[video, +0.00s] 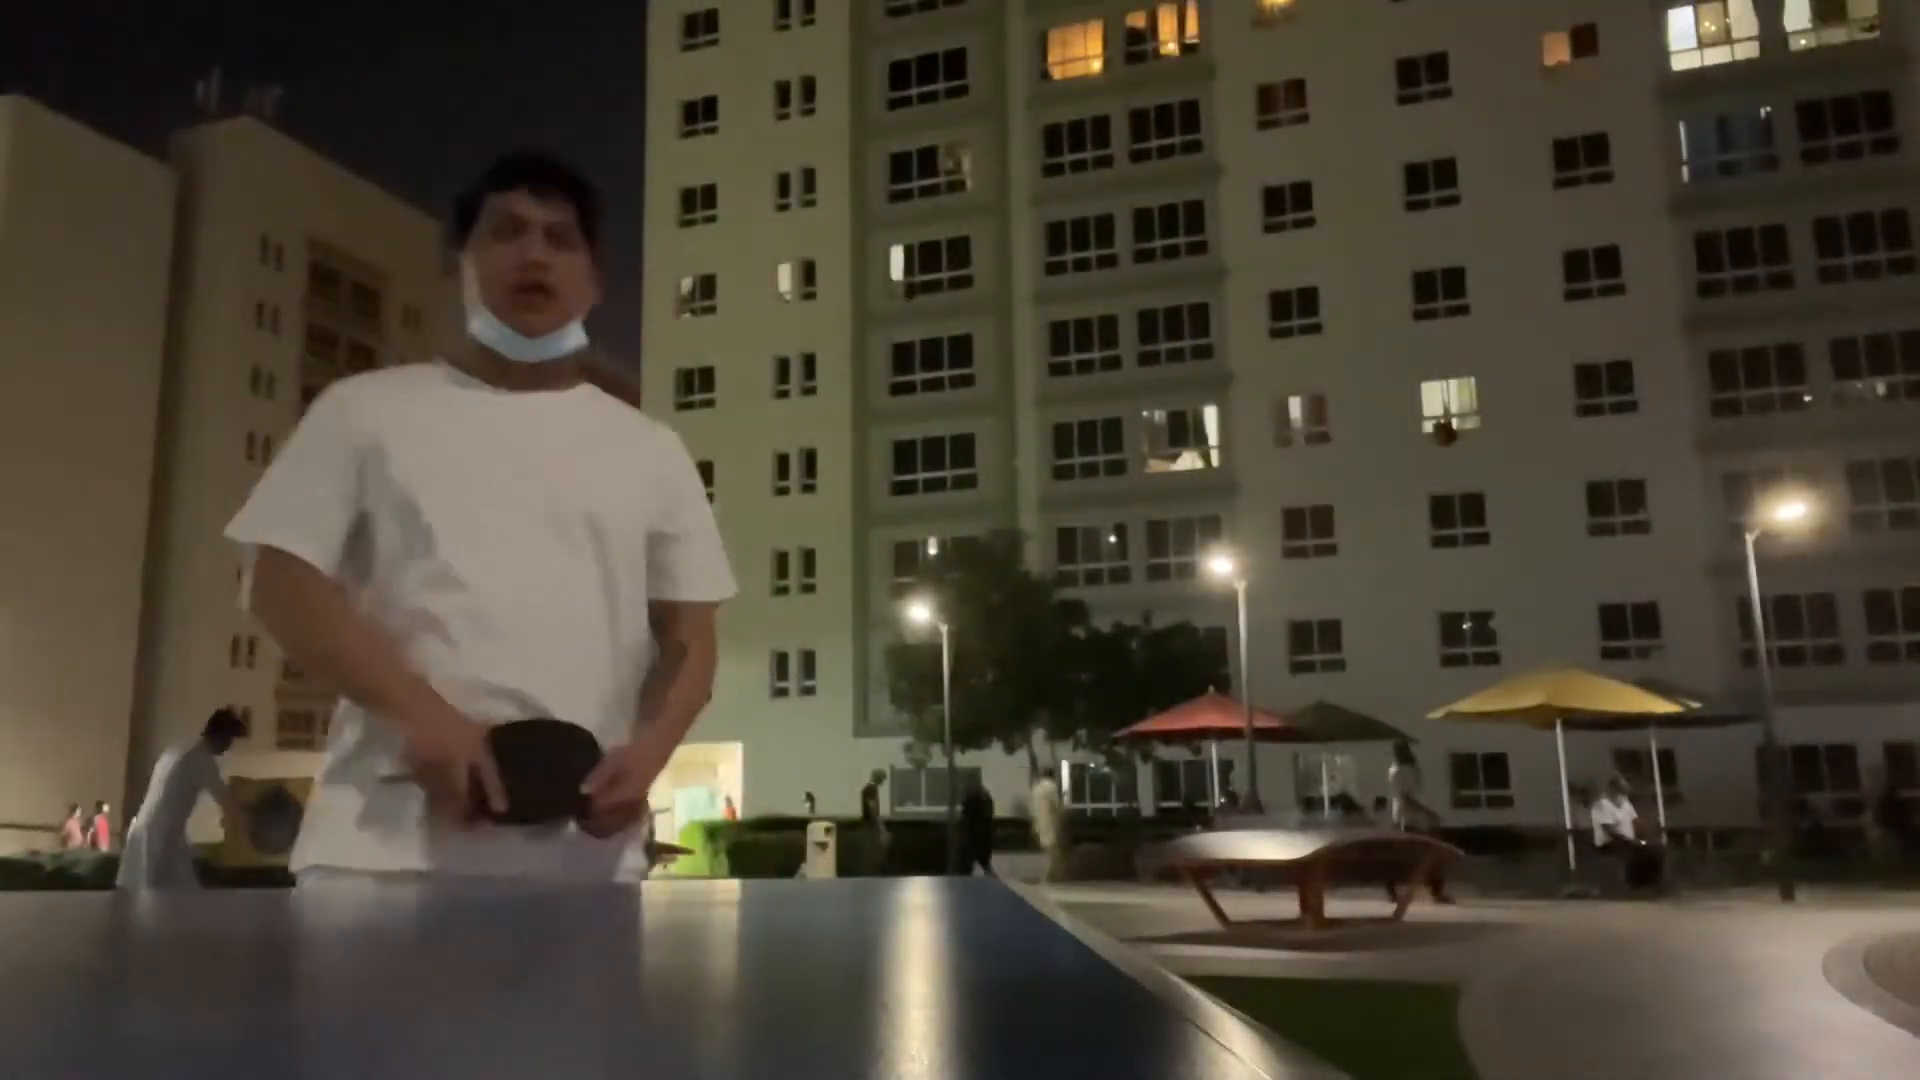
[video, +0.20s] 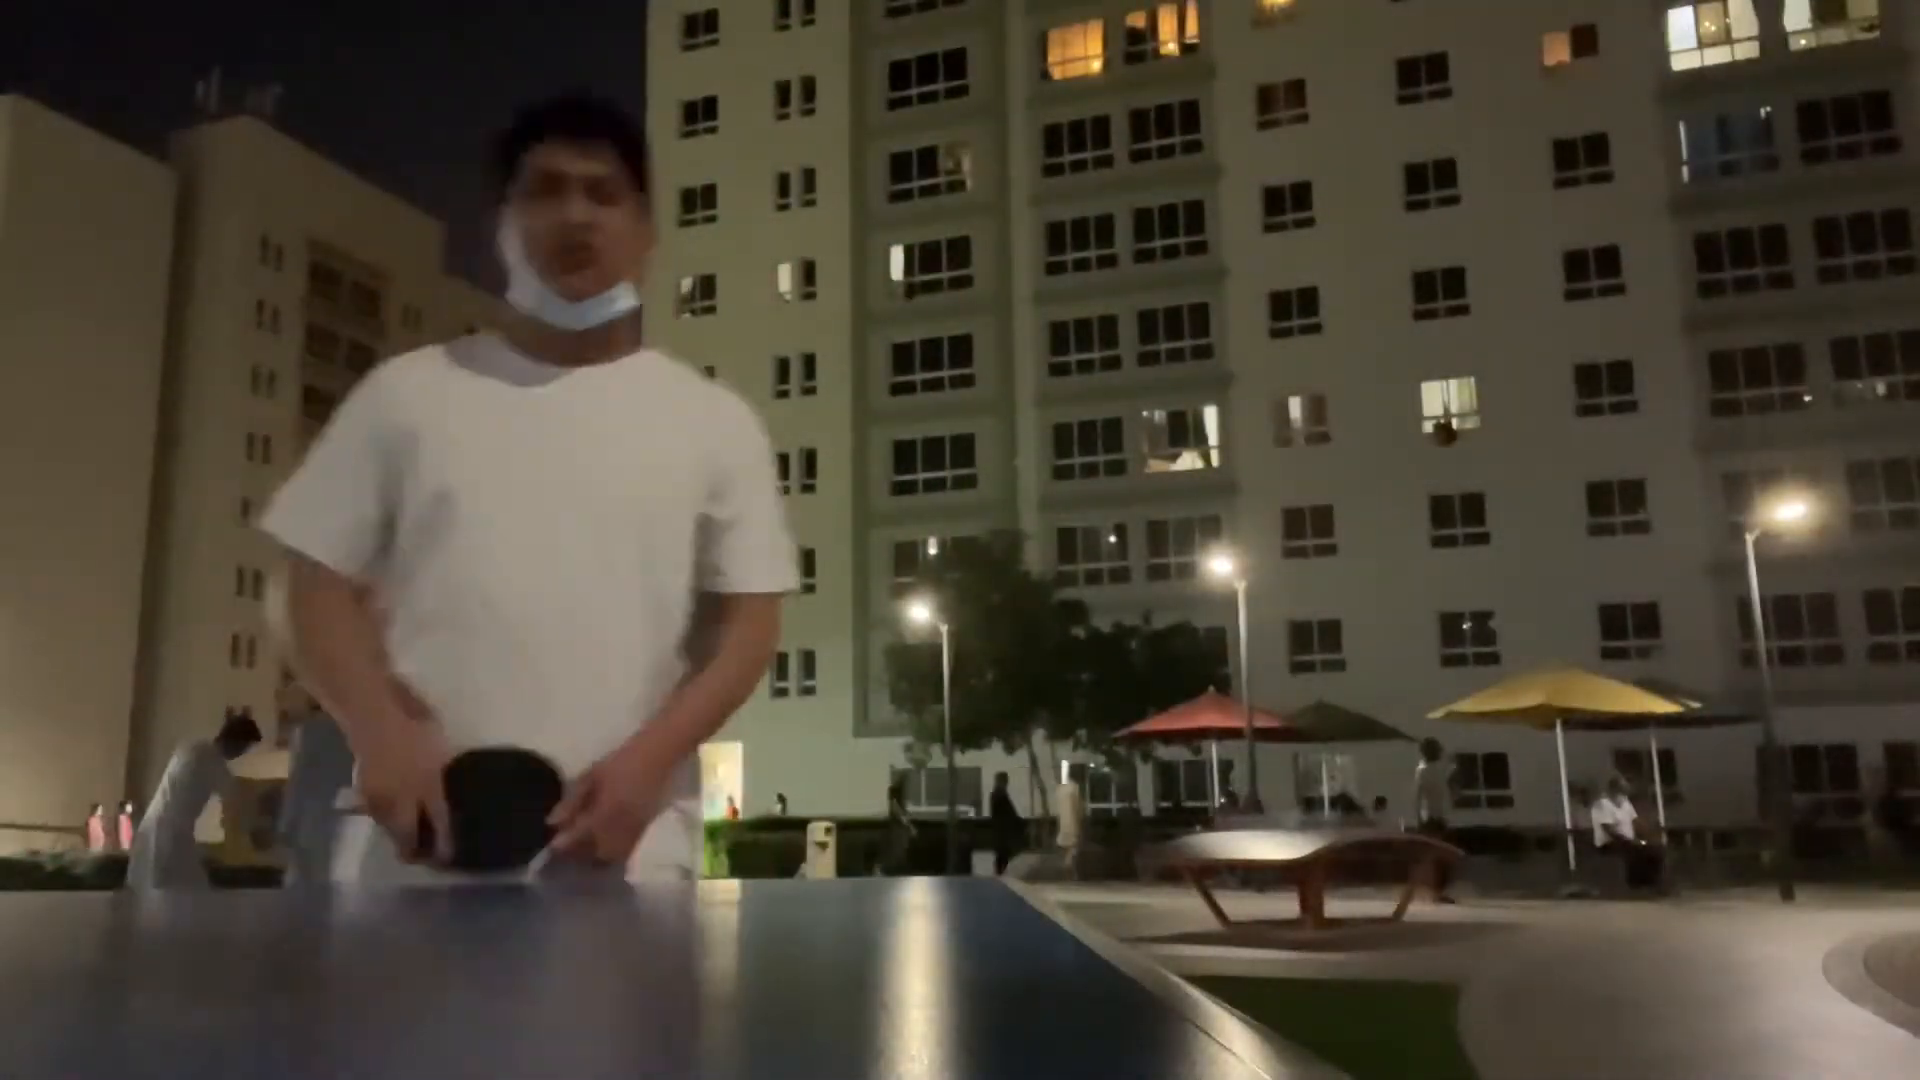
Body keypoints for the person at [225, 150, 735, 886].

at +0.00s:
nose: (534, 255)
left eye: (561, 238)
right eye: (507, 231)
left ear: (594, 277)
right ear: (463, 265)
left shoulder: (650, 452)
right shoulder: (365, 414)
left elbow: (692, 644)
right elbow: (282, 584)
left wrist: (647, 753)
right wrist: (426, 719)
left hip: (579, 863)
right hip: (387, 859)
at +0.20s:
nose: (573, 217)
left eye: (602, 194)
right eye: (544, 192)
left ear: (646, 228)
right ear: (502, 225)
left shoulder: (711, 423)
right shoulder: (407, 398)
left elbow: (751, 629)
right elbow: (318, 585)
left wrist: (646, 765)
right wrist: (382, 734)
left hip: (622, 864)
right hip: (420, 857)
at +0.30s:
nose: (643, 182)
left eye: (677, 162)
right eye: (619, 157)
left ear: (731, 212)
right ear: (584, 191)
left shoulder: (778, 395)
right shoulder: (496, 368)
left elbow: (830, 619)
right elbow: (417, 556)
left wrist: (679, 718)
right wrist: (411, 769)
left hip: (682, 861)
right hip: (498, 856)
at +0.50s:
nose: (645, 157)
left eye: (686, 136)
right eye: (628, 129)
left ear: (755, 190)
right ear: (600, 158)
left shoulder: (779, 369)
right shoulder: (570, 353)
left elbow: (774, 611)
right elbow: (512, 572)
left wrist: (594, 761)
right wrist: (444, 752)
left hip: (686, 865)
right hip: (522, 852)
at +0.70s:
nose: (520, 172)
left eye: (561, 146)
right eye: (500, 145)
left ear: (636, 200)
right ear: (476, 180)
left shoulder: (686, 371)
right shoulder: (471, 385)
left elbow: (704, 611)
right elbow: (469, 619)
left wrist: (544, 781)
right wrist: (421, 791)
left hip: (632, 866)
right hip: (469, 856)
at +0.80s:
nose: (455, 187)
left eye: (489, 163)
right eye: (431, 166)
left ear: (562, 206)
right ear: (408, 199)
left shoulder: (634, 381)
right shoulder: (389, 396)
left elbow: (652, 617)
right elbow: (348, 603)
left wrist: (535, 795)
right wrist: (299, 763)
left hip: (600, 847)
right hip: (418, 845)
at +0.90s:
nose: (426, 195)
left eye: (462, 169)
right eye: (404, 171)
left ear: (537, 213)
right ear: (380, 203)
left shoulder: (613, 385)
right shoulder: (361, 398)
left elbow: (628, 619)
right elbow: (293, 597)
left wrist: (517, 786)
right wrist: (219, 765)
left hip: (584, 850)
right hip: (400, 849)